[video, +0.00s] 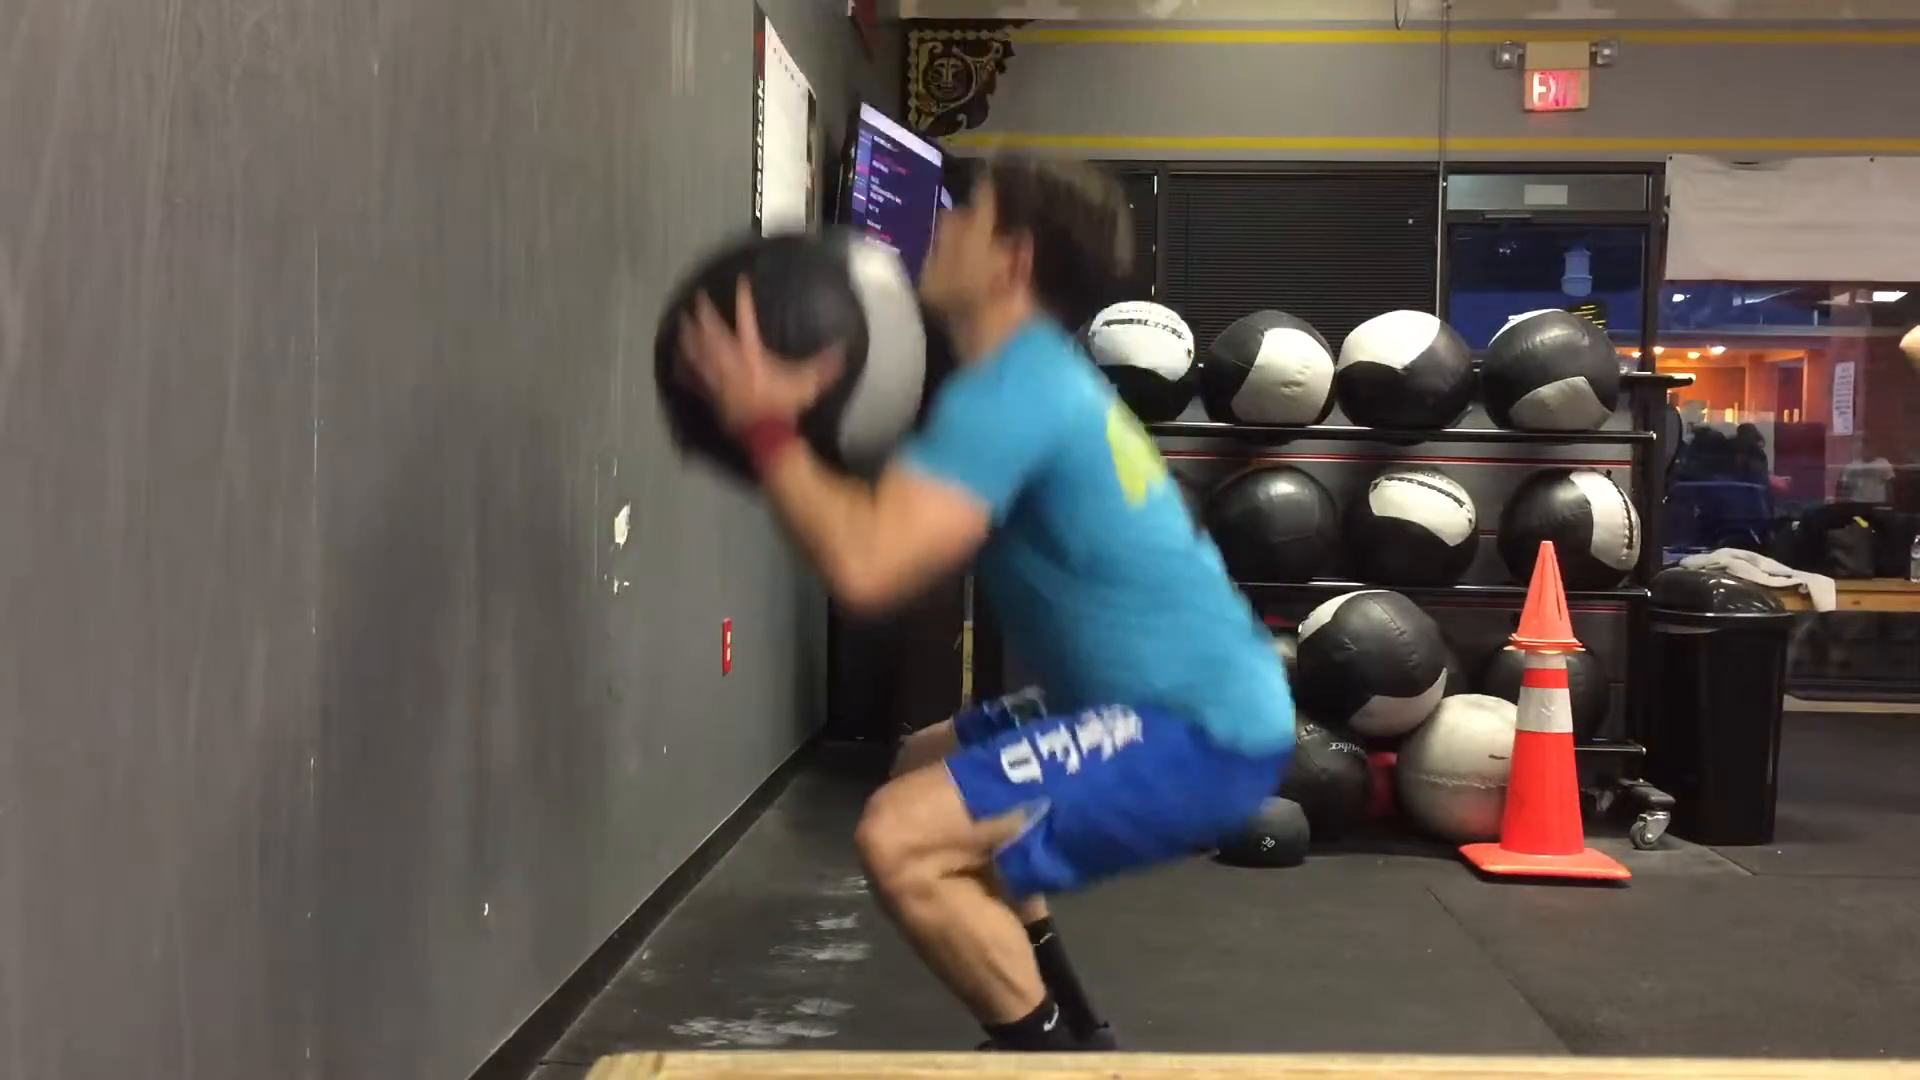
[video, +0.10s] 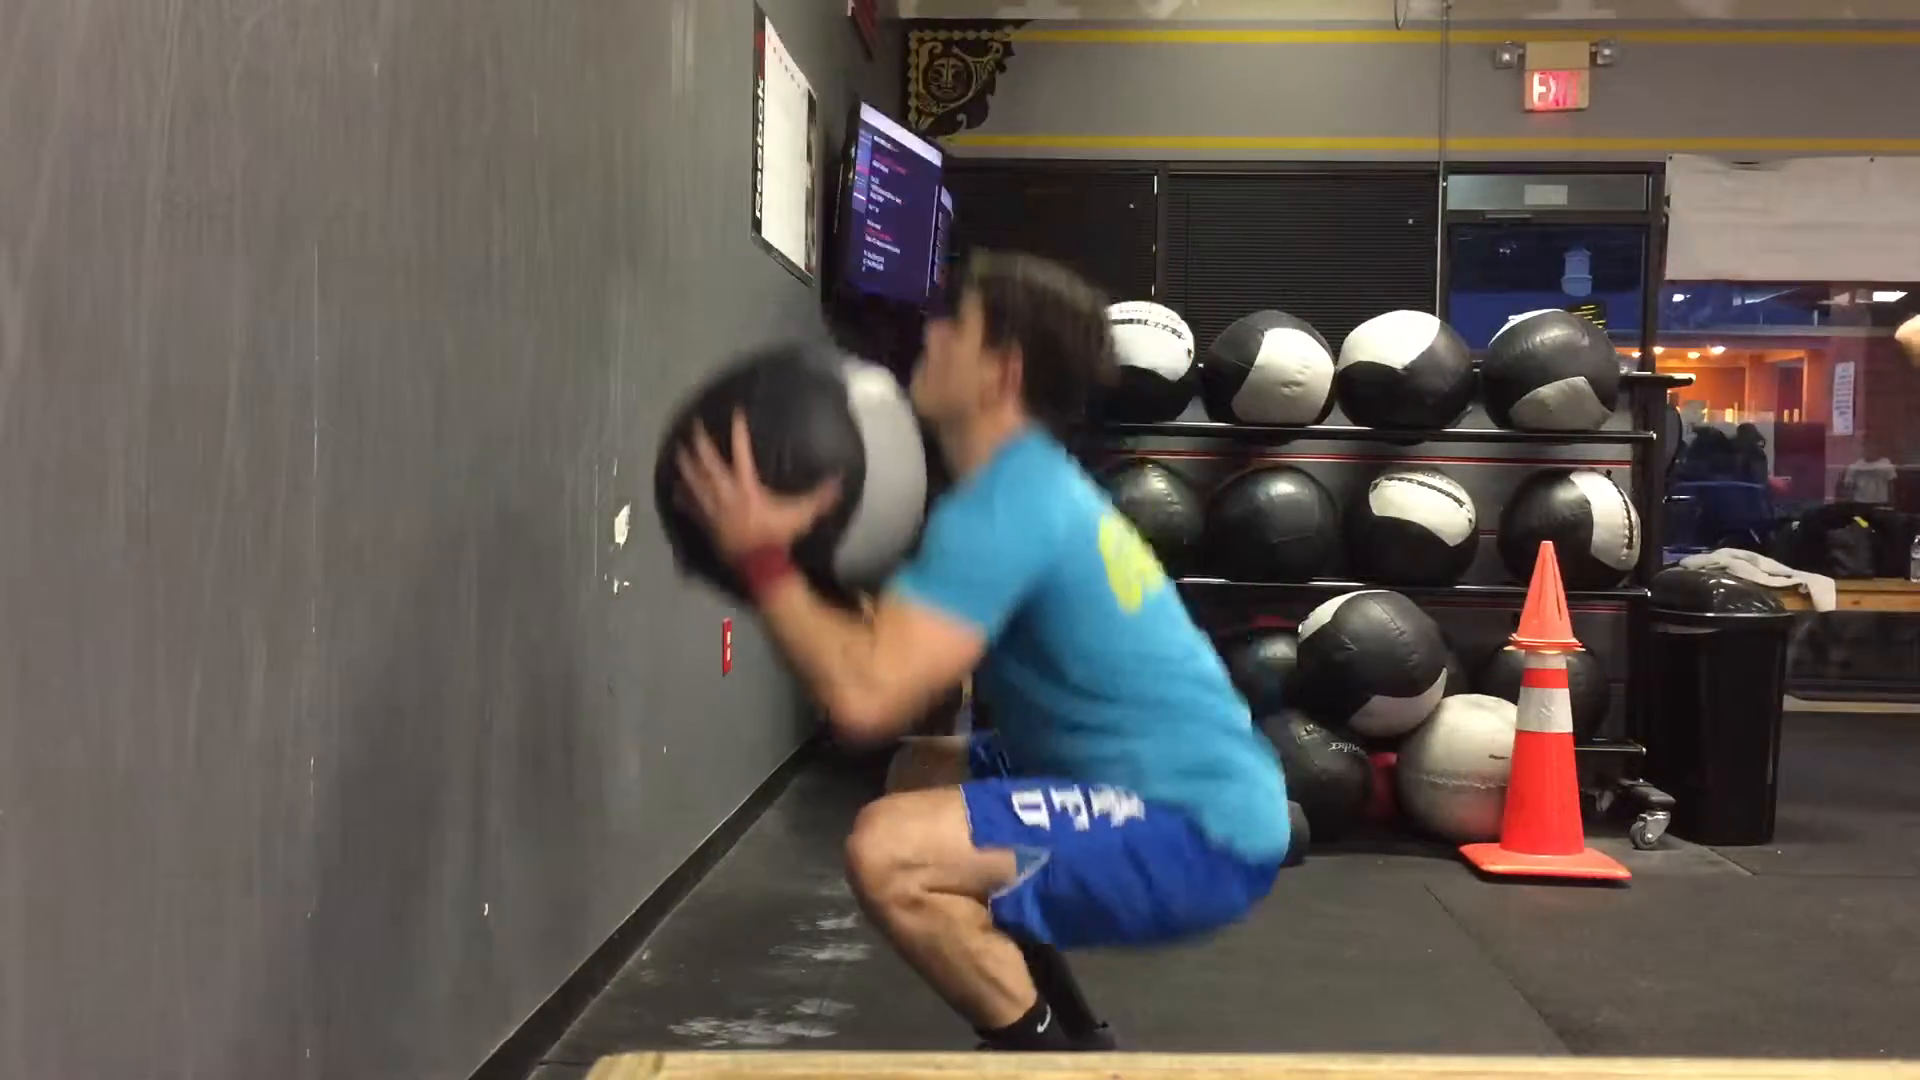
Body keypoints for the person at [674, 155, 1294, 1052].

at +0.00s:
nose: (940, 225)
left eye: (965, 214)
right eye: (956, 208)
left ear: (1013, 263)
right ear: (1015, 269)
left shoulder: (1018, 390)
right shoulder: (1028, 371)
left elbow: (869, 567)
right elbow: (891, 538)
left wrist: (766, 428)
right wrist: (781, 427)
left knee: (900, 841)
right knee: (924, 764)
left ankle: (1046, 1046)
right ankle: (1063, 1016)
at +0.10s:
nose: (929, 336)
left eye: (952, 323)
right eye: (943, 319)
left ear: (1004, 369)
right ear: (1004, 373)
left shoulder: (1010, 505)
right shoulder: (1026, 483)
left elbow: (867, 700)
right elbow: (889, 661)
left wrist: (762, 559)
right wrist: (782, 555)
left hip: (1190, 830)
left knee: (888, 853)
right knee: (911, 775)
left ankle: (1042, 1050)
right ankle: (1066, 1028)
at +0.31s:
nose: (929, 365)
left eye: (950, 353)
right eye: (941, 348)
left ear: (1003, 393)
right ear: (1006, 395)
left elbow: (889, 726)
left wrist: (771, 602)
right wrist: (798, 608)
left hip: (1211, 829)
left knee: (908, 841)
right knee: (935, 774)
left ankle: (1045, 1050)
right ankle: (1067, 1031)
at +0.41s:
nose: (939, 275)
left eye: (963, 261)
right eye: (953, 257)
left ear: (1019, 305)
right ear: (1018, 310)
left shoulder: (1029, 435)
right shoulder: (1048, 412)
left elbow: (900, 623)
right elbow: (911, 586)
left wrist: (783, 503)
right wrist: (789, 492)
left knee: (920, 826)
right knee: (947, 754)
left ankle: (1052, 1051)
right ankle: (1064, 1016)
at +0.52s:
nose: (966, 160)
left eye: (993, 148)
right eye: (982, 144)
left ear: (1044, 186)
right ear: (1045, 191)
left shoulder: (1052, 310)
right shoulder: (1069, 298)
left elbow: (909, 483)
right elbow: (926, 452)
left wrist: (806, 362)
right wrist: (825, 363)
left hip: (1207, 647)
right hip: (1167, 631)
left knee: (932, 816)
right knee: (961, 770)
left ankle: (1055, 1042)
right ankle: (1062, 1016)